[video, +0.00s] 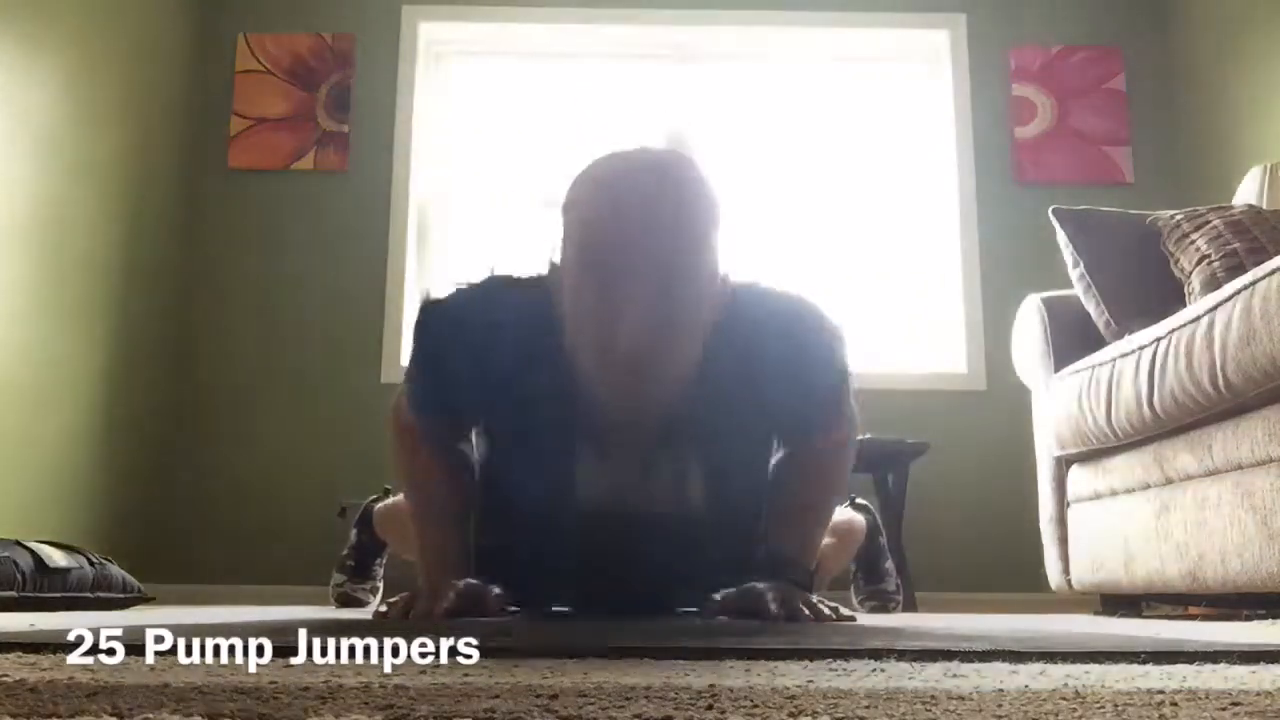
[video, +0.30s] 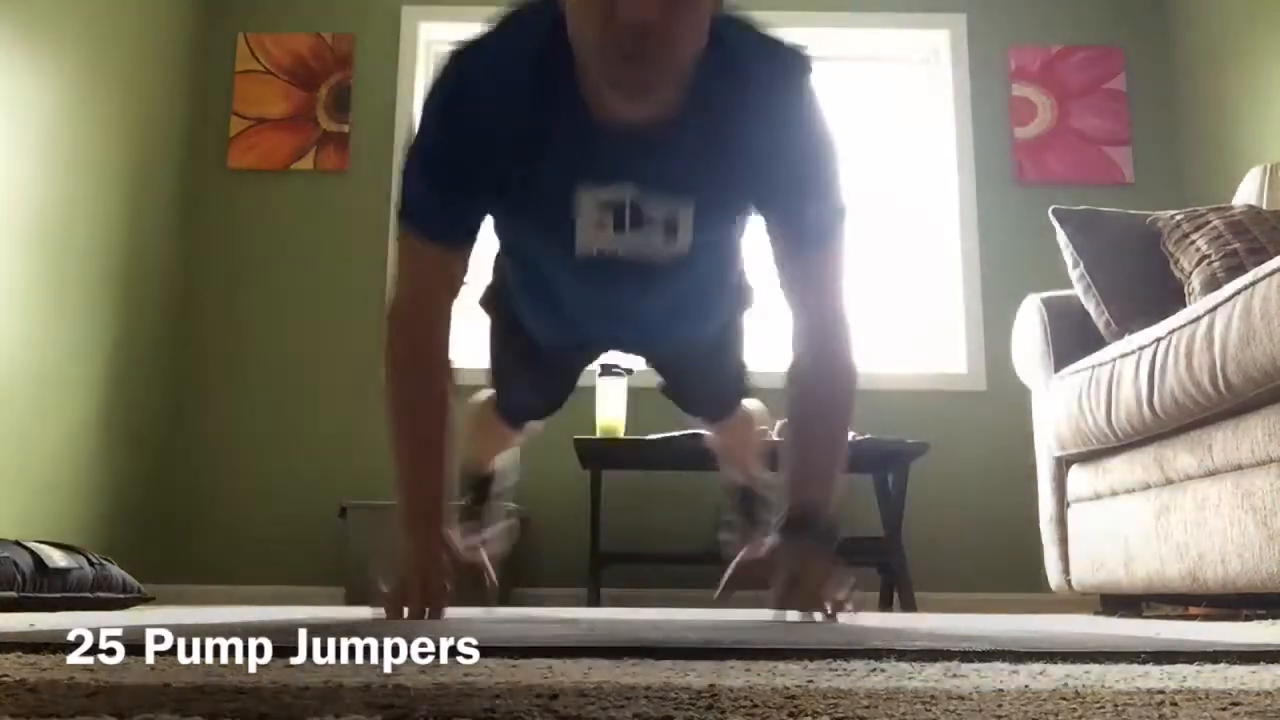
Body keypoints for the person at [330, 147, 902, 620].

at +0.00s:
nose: (628, 337)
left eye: (662, 306)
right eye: (604, 297)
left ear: (715, 281)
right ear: (563, 268)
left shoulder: (790, 340)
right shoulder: (471, 329)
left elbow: (826, 434)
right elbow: (421, 426)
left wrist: (778, 576)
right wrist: (446, 584)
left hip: (706, 585)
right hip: (531, 580)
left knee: (842, 534)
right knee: (402, 524)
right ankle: (382, 521)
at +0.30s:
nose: (637, 18)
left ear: (714, 6)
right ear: (565, 2)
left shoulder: (767, 90)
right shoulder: (485, 84)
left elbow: (822, 326)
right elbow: (417, 312)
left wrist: (811, 527)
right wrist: (423, 530)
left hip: (692, 317)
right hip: (545, 315)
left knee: (725, 416)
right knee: (511, 415)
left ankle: (748, 494)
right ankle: (473, 470)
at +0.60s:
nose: (611, 273)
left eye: (644, 232)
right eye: (579, 233)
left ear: (691, 228)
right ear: (533, 229)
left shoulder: (756, 286)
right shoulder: (458, 286)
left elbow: (951, 383)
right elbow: (308, 392)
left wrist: (939, 578)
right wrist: (310, 579)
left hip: (678, 501)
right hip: (543, 498)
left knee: (664, 541)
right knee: (566, 531)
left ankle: (643, 563)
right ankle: (578, 565)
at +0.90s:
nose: (603, 498)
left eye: (645, 448)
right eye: (566, 446)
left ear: (704, 412)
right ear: (514, 410)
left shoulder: (772, 425)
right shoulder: (449, 421)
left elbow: (936, 376)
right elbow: (308, 371)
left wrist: (935, 576)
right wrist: (312, 575)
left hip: (694, 586)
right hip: (511, 591)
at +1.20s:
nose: (619, 180)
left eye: (653, 140)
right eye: (588, 140)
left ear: (695, 135)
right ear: (543, 134)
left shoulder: (763, 231)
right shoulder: (460, 235)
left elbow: (929, 392)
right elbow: (317, 391)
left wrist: (933, 576)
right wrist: (314, 576)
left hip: (678, 463)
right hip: (548, 466)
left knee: (657, 530)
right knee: (570, 532)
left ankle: (635, 563)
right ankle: (585, 564)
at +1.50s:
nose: (608, 18)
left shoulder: (746, 57)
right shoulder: (467, 65)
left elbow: (816, 296)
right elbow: (419, 300)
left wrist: (814, 499)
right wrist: (423, 501)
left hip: (689, 287)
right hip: (537, 291)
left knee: (738, 401)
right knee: (490, 406)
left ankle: (795, 503)